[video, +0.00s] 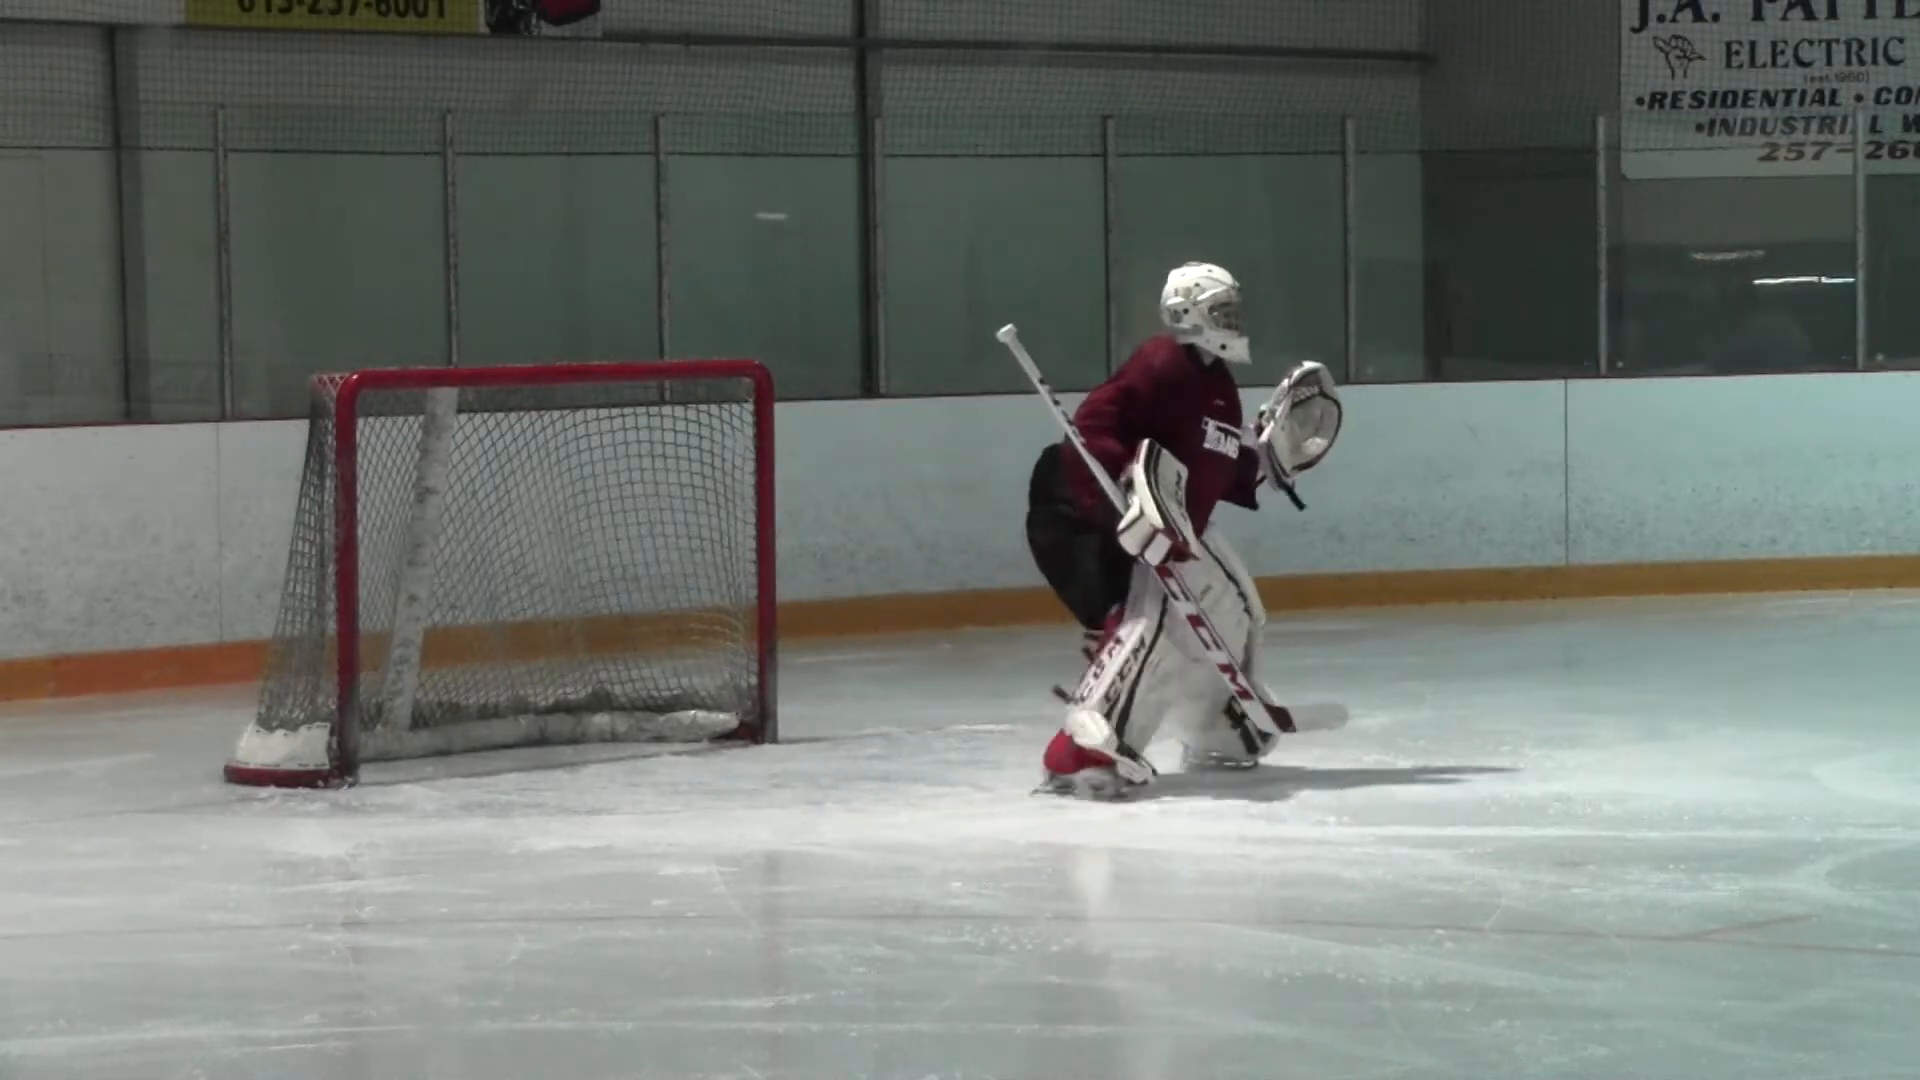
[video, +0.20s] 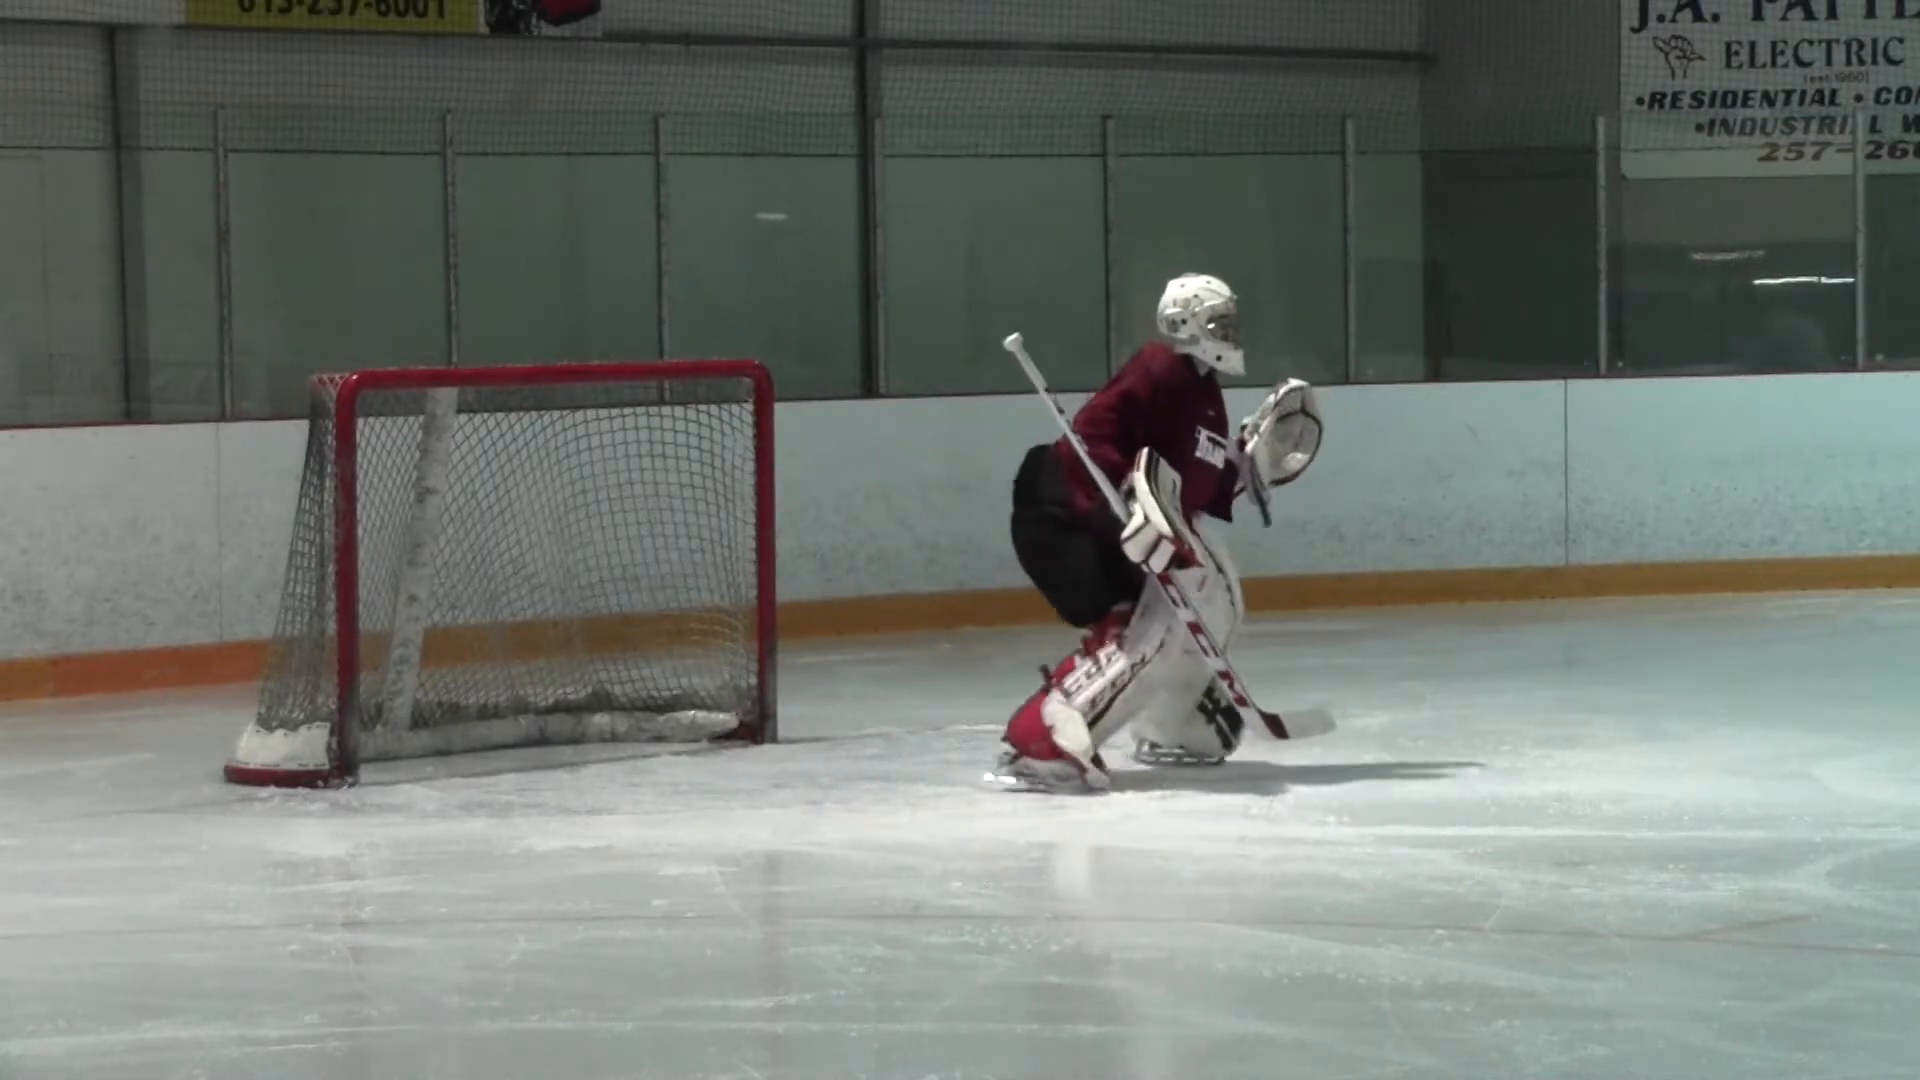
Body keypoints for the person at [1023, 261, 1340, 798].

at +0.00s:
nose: (1234, 318)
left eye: (1234, 308)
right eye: (1221, 310)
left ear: (1228, 314)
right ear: (1189, 317)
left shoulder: (1220, 382)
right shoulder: (1161, 364)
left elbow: (1209, 463)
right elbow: (1091, 422)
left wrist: (1270, 459)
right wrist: (1137, 480)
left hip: (1170, 525)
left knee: (1233, 612)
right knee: (1158, 623)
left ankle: (1218, 736)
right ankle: (1088, 748)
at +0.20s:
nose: (1231, 331)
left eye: (1231, 320)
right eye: (1219, 322)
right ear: (1187, 328)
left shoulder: (1204, 391)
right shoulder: (1160, 368)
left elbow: (1202, 486)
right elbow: (1088, 432)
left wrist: (1253, 465)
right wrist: (1136, 496)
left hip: (1108, 506)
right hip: (1059, 498)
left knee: (1209, 593)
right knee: (1149, 618)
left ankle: (1175, 728)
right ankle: (1043, 738)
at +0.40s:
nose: (1224, 346)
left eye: (1224, 335)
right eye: (1213, 337)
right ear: (1182, 342)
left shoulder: (1193, 402)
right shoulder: (1155, 378)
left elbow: (1191, 493)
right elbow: (1087, 439)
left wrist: (1239, 479)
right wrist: (1131, 508)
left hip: (1094, 512)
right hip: (1046, 499)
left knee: (1182, 596)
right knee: (1123, 618)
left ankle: (1160, 726)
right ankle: (1044, 735)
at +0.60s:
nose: (1202, 371)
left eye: (1202, 359)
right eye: (1191, 359)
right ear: (1160, 364)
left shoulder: (1168, 423)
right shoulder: (1133, 398)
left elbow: (1166, 525)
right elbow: (1067, 462)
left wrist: (1209, 493)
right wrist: (1120, 533)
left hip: (1060, 534)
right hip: (1018, 524)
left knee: (1137, 622)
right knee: (1109, 632)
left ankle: (1097, 729)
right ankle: (1011, 729)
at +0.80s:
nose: (1186, 398)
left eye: (1186, 387)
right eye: (1175, 388)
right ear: (1145, 391)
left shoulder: (1145, 441)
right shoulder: (1119, 426)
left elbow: (1157, 531)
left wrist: (1191, 518)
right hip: (1002, 546)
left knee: (1127, 652)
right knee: (1113, 657)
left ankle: (1075, 736)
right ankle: (1007, 729)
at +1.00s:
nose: (1169, 404)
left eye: (1170, 393)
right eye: (1158, 393)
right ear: (1128, 393)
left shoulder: (1123, 441)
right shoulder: (1104, 428)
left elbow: (1131, 532)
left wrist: (1166, 587)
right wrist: (1132, 563)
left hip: (1065, 580)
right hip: (1020, 573)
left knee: (1139, 661)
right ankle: (992, 727)